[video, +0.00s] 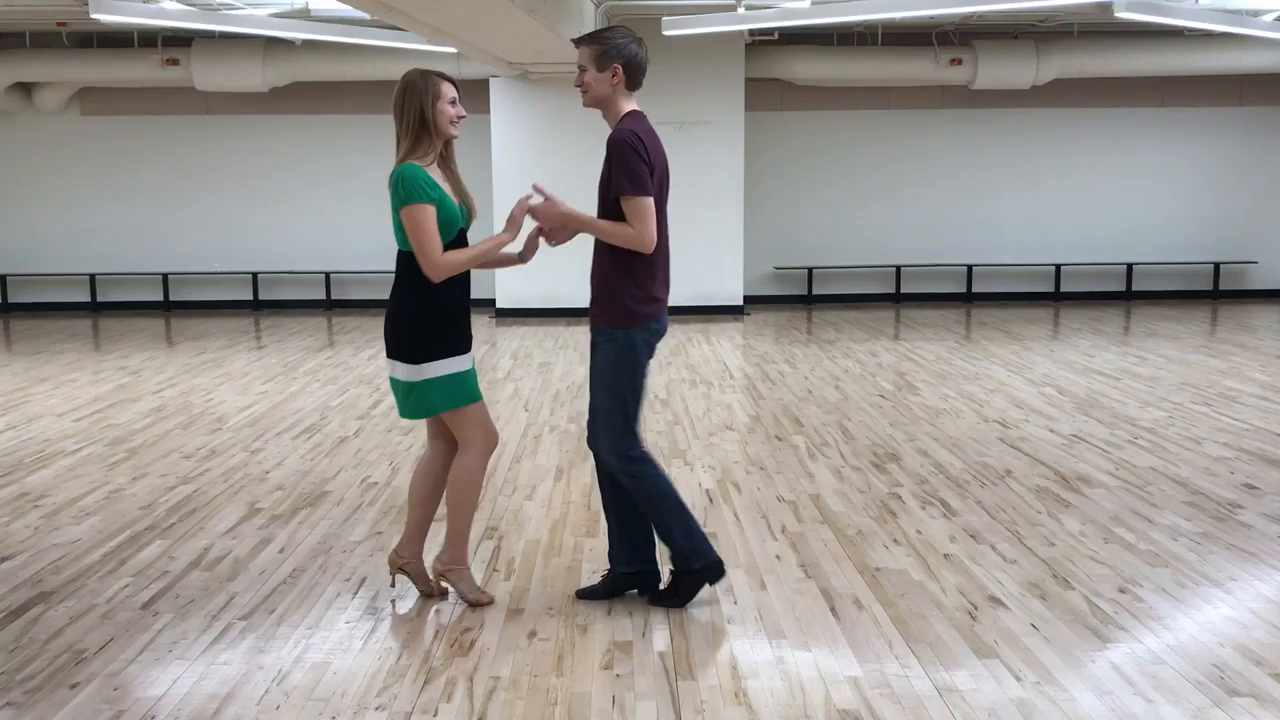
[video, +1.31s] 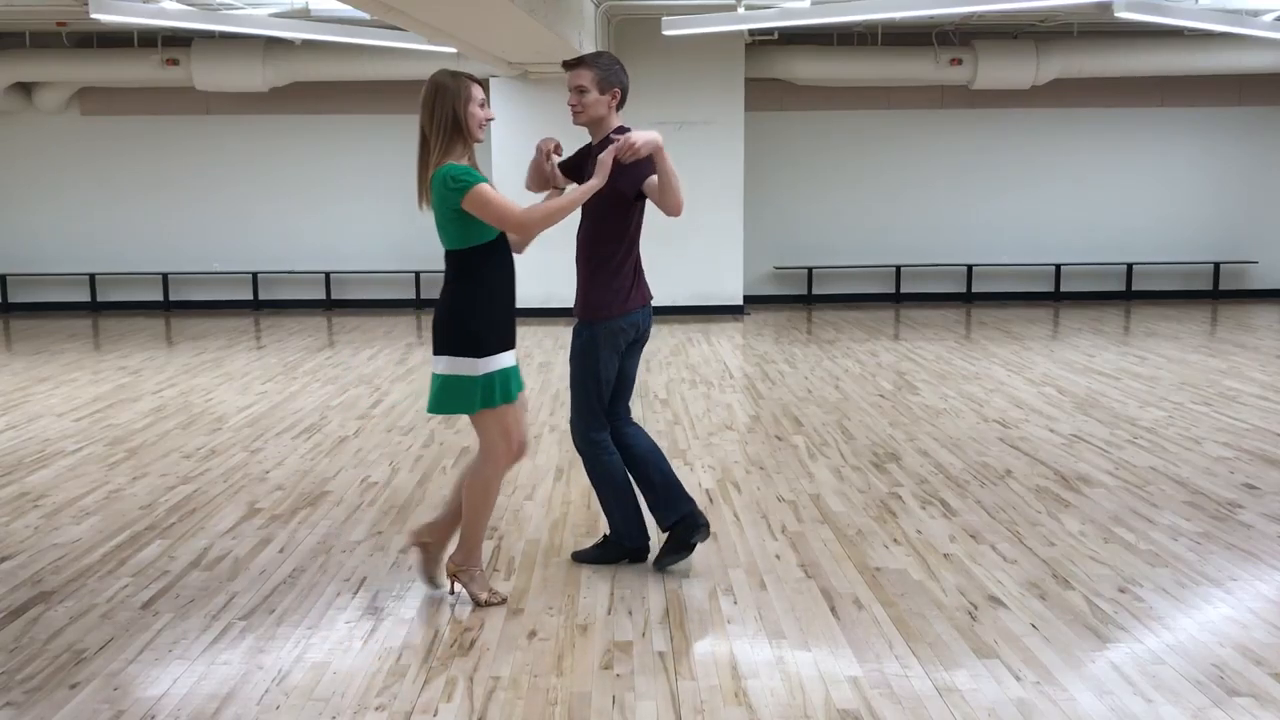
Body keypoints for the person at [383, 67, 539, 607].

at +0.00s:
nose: (461, 111)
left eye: (459, 102)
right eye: (450, 102)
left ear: (442, 111)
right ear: (423, 111)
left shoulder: (439, 171)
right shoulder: (413, 176)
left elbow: (459, 257)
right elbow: (434, 266)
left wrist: (519, 258)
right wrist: (501, 237)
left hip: (437, 330)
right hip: (426, 334)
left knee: (442, 443)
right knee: (479, 439)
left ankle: (408, 550)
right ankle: (453, 558)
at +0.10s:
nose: (450, 113)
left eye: (447, 104)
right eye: (439, 105)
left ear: (428, 113)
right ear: (412, 114)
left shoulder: (426, 176)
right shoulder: (403, 180)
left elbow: (435, 263)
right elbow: (405, 273)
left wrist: (486, 271)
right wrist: (478, 275)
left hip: (430, 332)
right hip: (421, 338)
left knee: (437, 446)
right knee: (465, 445)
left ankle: (411, 560)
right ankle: (405, 550)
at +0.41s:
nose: (432, 113)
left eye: (430, 104)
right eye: (422, 105)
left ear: (409, 114)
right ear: (396, 113)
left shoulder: (410, 177)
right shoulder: (388, 180)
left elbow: (410, 263)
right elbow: (369, 267)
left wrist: (460, 265)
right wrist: (443, 277)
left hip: (414, 334)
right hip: (386, 336)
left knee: (446, 442)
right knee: (382, 452)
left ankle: (410, 554)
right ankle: (337, 567)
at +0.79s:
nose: (436, 111)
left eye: (433, 102)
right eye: (426, 103)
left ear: (412, 111)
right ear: (400, 113)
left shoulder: (408, 175)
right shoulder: (395, 178)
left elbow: (429, 261)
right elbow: (417, 268)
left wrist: (487, 245)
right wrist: (489, 255)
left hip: (395, 335)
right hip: (404, 339)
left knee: (409, 446)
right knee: (443, 446)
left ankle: (372, 557)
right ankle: (376, 555)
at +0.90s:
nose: (442, 111)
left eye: (439, 102)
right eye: (431, 103)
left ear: (409, 113)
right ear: (405, 112)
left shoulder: (409, 174)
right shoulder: (403, 177)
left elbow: (437, 246)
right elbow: (440, 263)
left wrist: (493, 229)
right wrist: (510, 244)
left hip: (398, 330)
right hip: (412, 334)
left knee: (415, 444)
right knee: (460, 440)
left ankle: (374, 556)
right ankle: (420, 557)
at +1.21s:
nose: (473, 111)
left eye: (471, 102)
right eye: (464, 103)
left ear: (441, 113)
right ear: (440, 111)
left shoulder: (445, 173)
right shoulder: (439, 176)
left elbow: (498, 233)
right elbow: (504, 238)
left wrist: (537, 197)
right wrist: (574, 206)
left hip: (450, 329)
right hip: (461, 333)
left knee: (454, 444)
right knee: (493, 440)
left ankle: (394, 546)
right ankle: (468, 560)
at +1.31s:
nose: (487, 113)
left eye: (486, 104)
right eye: (478, 104)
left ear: (472, 112)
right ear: (453, 111)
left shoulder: (468, 174)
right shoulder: (453, 176)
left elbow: (516, 242)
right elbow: (521, 225)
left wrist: (555, 192)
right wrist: (592, 185)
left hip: (491, 326)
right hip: (470, 329)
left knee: (514, 444)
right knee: (497, 446)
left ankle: (435, 534)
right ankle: (467, 561)